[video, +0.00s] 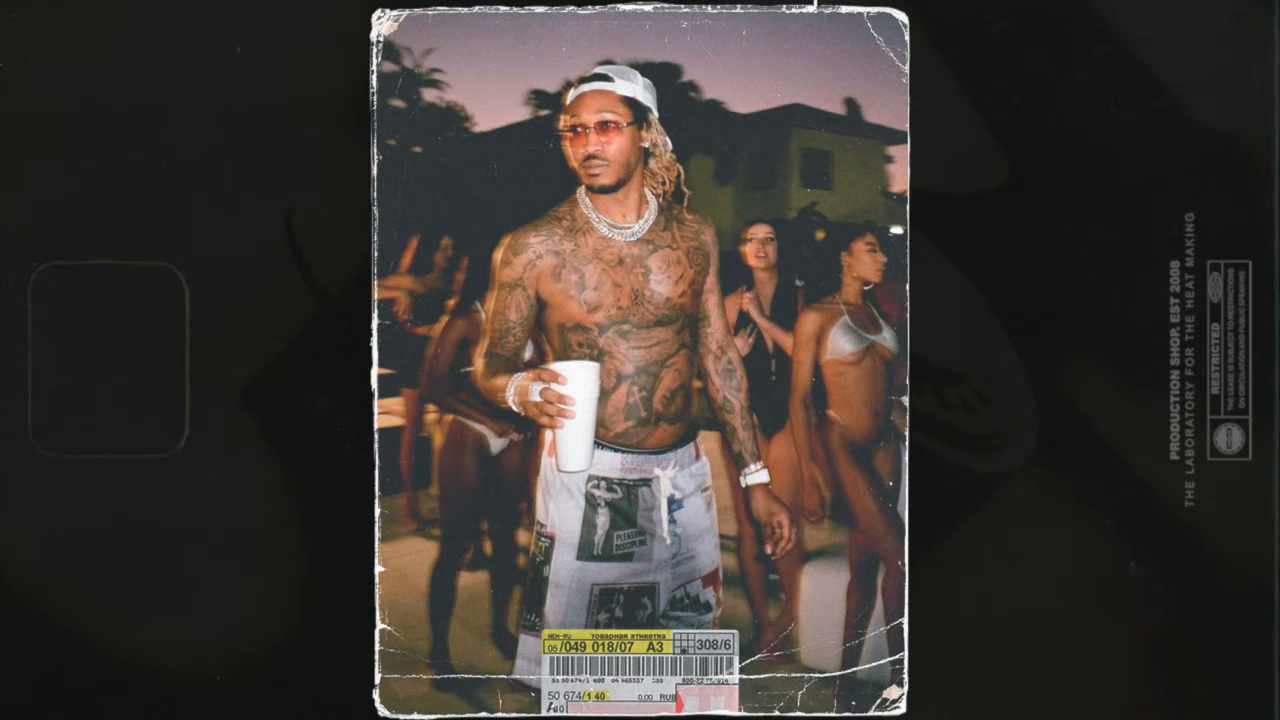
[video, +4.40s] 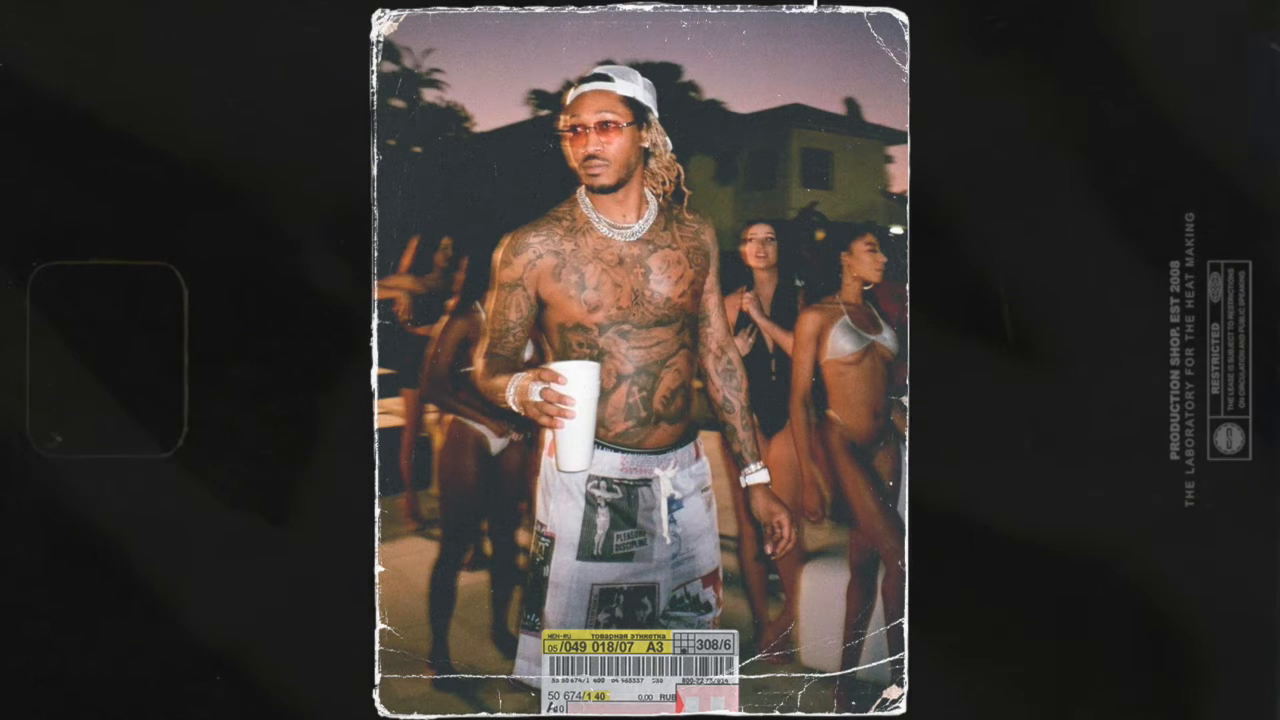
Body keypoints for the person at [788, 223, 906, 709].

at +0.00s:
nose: (882, 259)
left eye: (881, 251)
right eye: (872, 251)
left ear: (869, 262)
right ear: (844, 259)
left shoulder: (876, 315)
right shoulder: (817, 317)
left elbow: (885, 392)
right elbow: (798, 403)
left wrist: (901, 441)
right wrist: (814, 479)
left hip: (881, 448)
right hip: (838, 449)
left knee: (863, 564)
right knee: (898, 552)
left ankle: (847, 673)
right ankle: (903, 670)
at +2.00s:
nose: (882, 259)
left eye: (881, 251)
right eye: (871, 251)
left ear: (871, 262)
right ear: (844, 259)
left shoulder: (877, 316)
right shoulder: (818, 317)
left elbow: (886, 391)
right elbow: (798, 402)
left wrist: (901, 435)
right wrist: (812, 476)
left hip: (882, 447)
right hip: (839, 449)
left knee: (863, 563)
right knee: (898, 551)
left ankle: (846, 674)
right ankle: (902, 669)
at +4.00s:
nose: (882, 259)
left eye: (881, 251)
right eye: (871, 251)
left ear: (870, 262)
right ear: (843, 259)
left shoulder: (876, 314)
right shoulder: (818, 317)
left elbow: (885, 389)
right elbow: (798, 402)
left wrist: (899, 436)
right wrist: (812, 477)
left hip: (882, 447)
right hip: (838, 448)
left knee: (863, 563)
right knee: (897, 552)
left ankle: (846, 673)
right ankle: (902, 669)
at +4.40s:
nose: (882, 259)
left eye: (881, 251)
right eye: (871, 251)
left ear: (871, 262)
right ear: (844, 259)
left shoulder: (877, 316)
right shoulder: (818, 317)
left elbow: (884, 391)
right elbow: (798, 403)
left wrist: (900, 433)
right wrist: (813, 478)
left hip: (882, 448)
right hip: (838, 449)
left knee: (863, 562)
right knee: (898, 553)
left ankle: (846, 673)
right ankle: (903, 671)